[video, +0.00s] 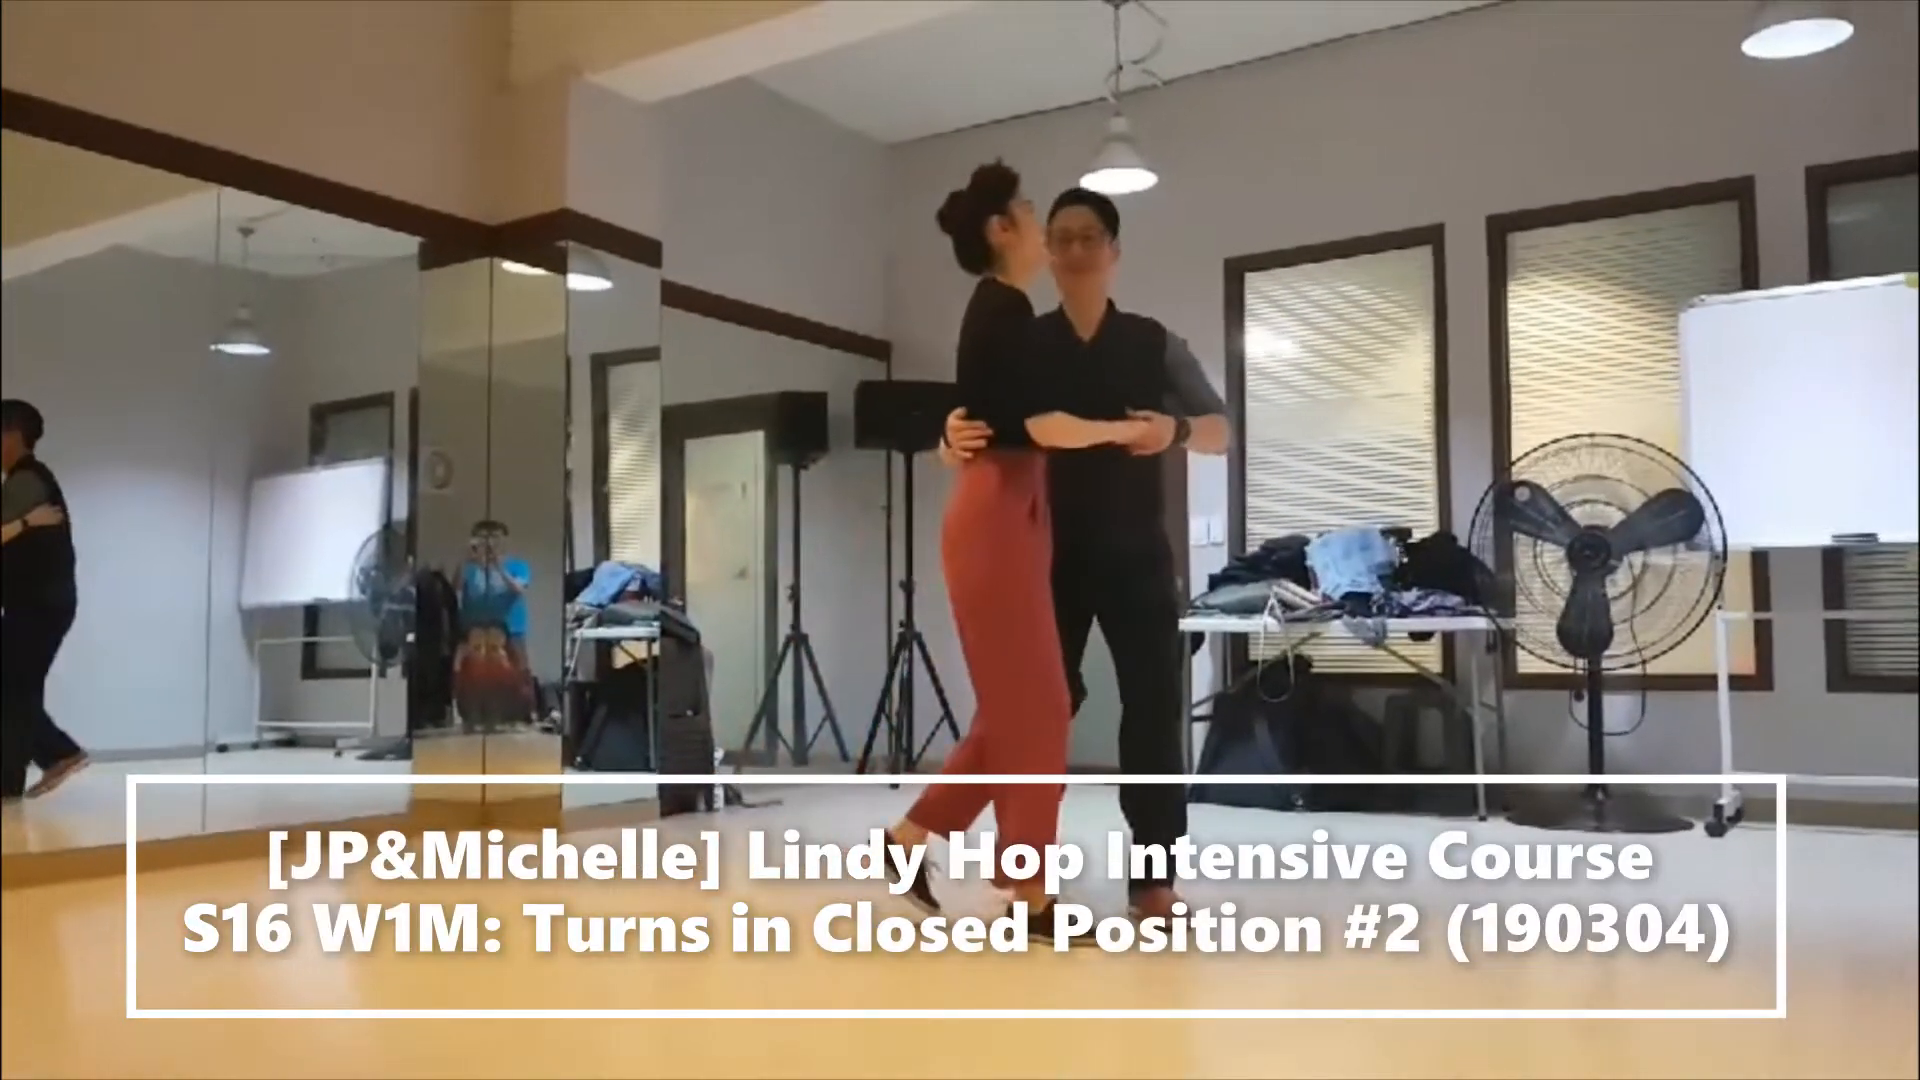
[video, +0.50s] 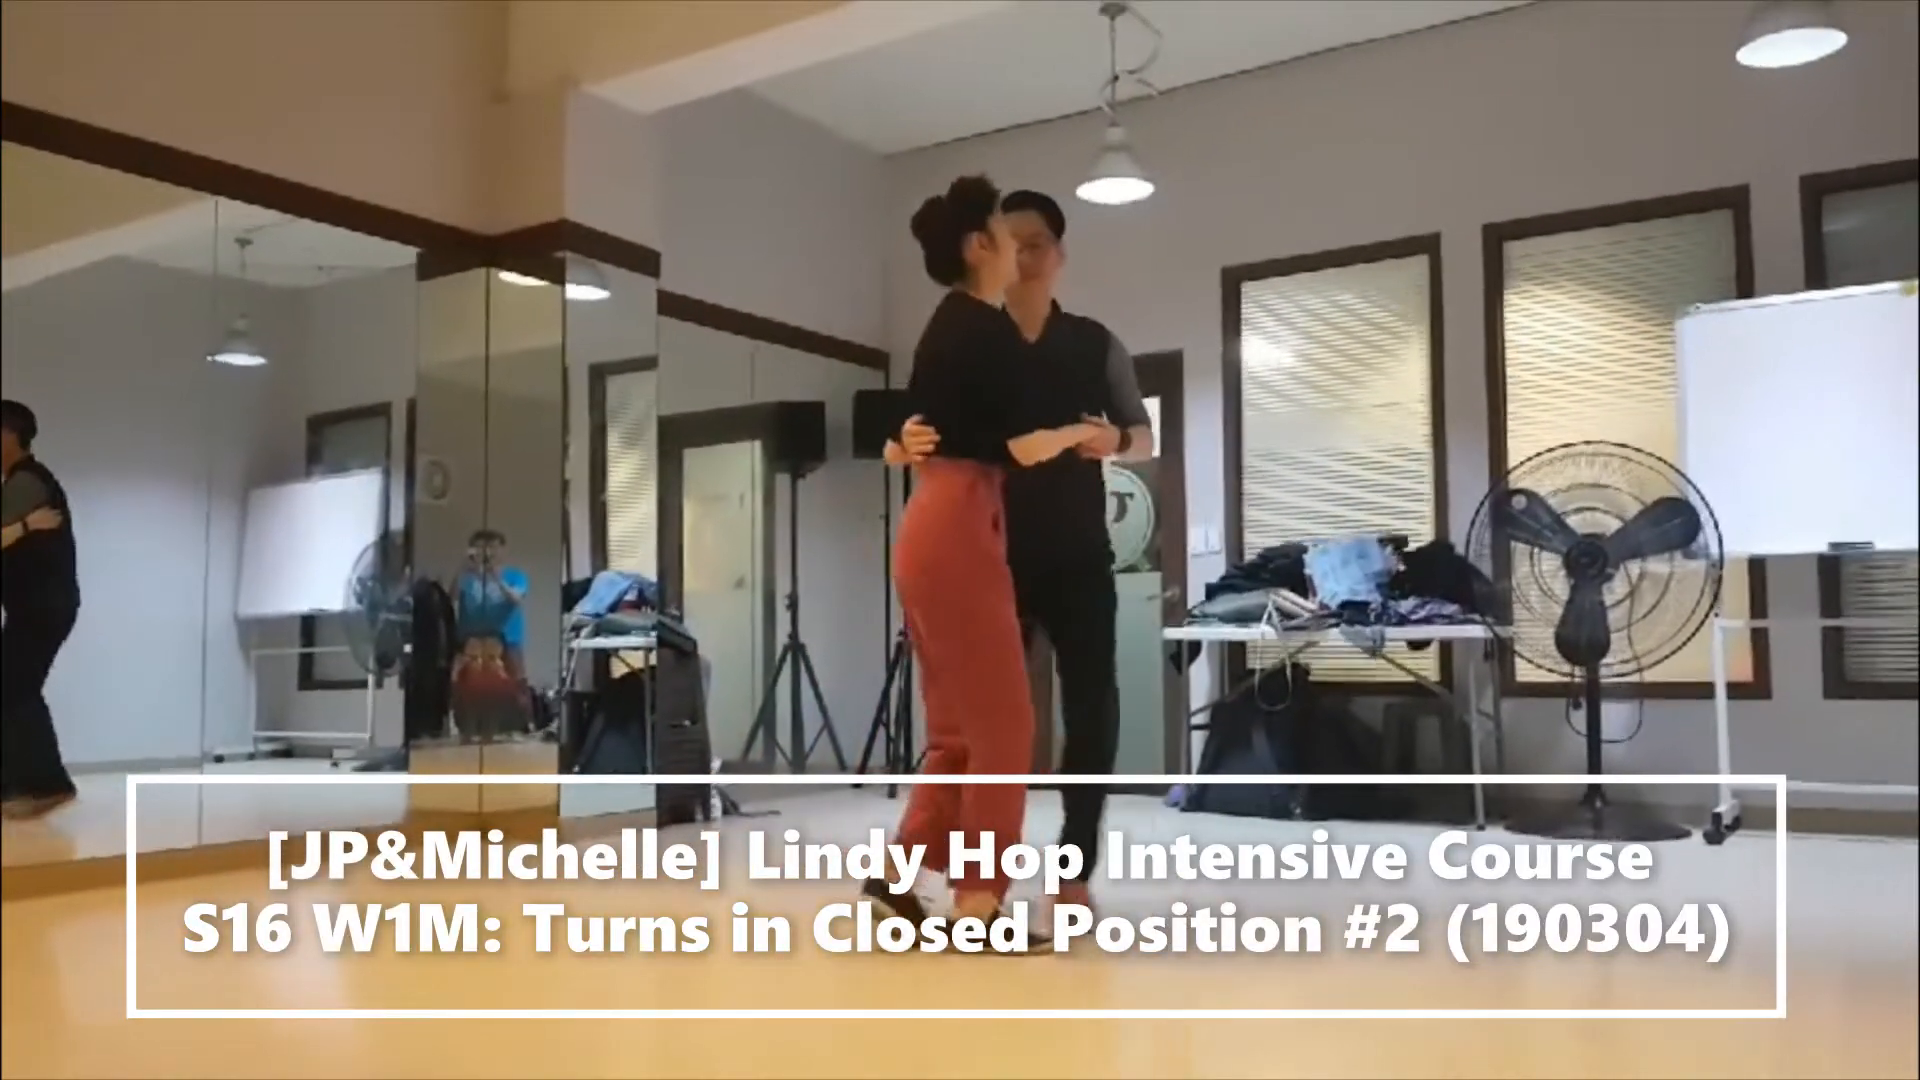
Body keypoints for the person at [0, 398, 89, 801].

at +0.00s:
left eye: (3, 434)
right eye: (2, 434)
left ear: (18, 436)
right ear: (23, 437)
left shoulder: (25, 483)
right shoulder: (34, 479)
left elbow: (8, 533)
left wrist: (25, 521)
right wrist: (25, 520)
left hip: (39, 604)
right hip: (39, 602)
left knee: (15, 687)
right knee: (16, 686)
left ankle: (9, 784)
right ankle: (58, 754)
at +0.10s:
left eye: (3, 438)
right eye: (2, 438)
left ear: (17, 441)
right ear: (21, 442)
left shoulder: (24, 489)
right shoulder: (34, 485)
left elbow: (6, 539)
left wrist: (23, 528)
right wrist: (23, 529)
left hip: (40, 604)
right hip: (39, 603)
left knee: (13, 683)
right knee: (16, 684)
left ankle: (36, 762)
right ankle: (42, 761)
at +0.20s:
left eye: (3, 442)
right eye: (2, 442)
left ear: (16, 445)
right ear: (20, 445)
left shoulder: (24, 493)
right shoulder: (31, 490)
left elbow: (6, 543)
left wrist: (23, 534)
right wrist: (23, 534)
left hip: (41, 609)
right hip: (35, 608)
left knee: (10, 690)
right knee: (11, 691)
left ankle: (40, 772)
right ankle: (40, 772)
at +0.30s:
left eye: (3, 443)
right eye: (1, 443)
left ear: (17, 446)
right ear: (20, 447)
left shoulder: (26, 494)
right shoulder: (27, 491)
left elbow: (6, 543)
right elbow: (9, 545)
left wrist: (24, 535)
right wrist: (24, 535)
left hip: (42, 610)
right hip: (31, 609)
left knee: (11, 692)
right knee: (11, 694)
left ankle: (54, 780)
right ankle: (12, 788)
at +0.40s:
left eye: (3, 436)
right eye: (1, 436)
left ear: (17, 439)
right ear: (19, 440)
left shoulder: (27, 486)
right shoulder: (26, 483)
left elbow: (7, 536)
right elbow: (7, 538)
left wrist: (24, 528)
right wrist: (25, 528)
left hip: (43, 605)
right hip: (30, 604)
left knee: (19, 691)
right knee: (16, 692)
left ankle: (54, 783)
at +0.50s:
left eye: (1, 434)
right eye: (0, 434)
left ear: (14, 437)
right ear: (18, 437)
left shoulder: (26, 483)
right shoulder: (28, 480)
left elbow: (7, 538)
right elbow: (11, 540)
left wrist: (25, 525)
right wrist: (25, 523)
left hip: (44, 604)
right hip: (36, 602)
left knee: (18, 686)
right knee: (19, 687)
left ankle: (47, 781)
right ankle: (40, 780)